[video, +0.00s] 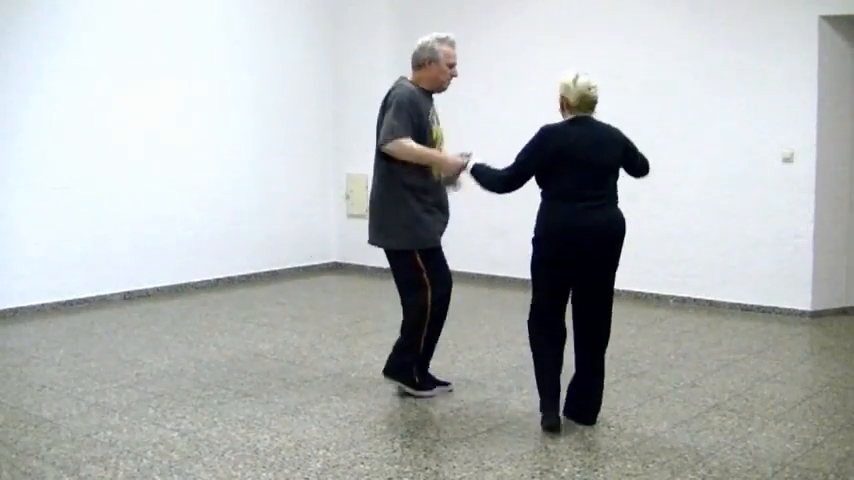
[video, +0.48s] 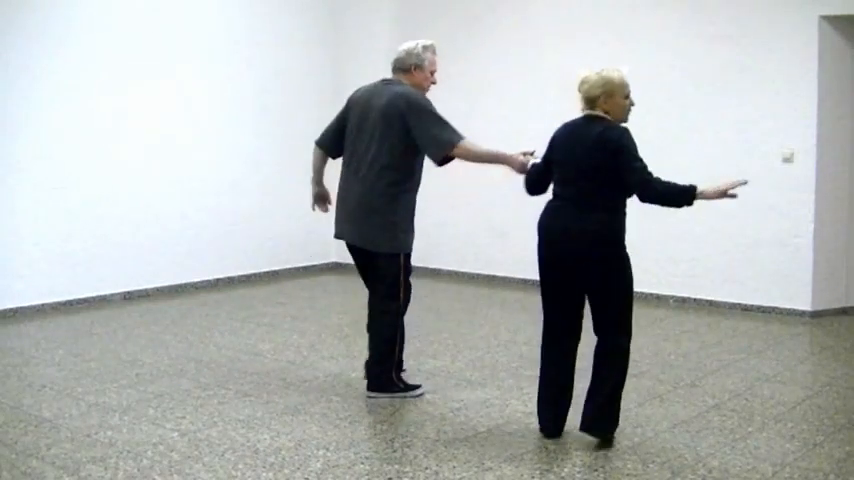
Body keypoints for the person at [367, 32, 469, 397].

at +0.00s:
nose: (454, 73)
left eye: (455, 66)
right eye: (450, 66)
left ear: (431, 66)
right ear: (427, 65)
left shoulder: (420, 99)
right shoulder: (404, 95)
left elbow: (416, 151)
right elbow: (393, 144)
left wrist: (445, 167)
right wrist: (441, 161)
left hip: (413, 218)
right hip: (402, 220)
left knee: (428, 289)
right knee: (433, 287)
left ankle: (406, 364)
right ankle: (411, 370)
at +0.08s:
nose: (453, 75)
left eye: (454, 68)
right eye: (449, 67)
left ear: (428, 68)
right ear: (428, 67)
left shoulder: (413, 97)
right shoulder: (407, 96)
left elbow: (390, 149)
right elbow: (391, 145)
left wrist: (430, 179)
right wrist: (433, 177)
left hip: (408, 219)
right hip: (400, 221)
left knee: (423, 290)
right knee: (421, 292)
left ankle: (409, 369)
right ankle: (401, 373)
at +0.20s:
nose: (451, 79)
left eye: (451, 72)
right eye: (447, 71)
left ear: (420, 71)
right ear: (426, 69)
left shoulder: (390, 96)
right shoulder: (412, 99)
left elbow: (352, 148)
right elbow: (405, 154)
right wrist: (441, 192)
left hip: (387, 223)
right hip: (397, 225)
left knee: (412, 301)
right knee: (403, 304)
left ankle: (414, 372)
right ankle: (385, 380)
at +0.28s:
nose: (447, 81)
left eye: (448, 73)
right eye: (444, 73)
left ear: (418, 70)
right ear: (426, 69)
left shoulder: (380, 95)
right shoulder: (414, 99)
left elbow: (339, 147)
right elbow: (419, 158)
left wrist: (336, 188)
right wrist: (464, 188)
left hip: (370, 220)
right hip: (392, 223)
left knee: (403, 298)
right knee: (398, 303)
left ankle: (412, 368)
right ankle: (386, 381)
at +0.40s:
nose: (438, 81)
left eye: (439, 74)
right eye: (436, 73)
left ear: (404, 69)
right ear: (417, 69)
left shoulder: (367, 96)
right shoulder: (412, 101)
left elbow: (327, 146)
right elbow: (442, 154)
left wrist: (325, 187)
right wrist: (496, 170)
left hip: (357, 219)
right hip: (389, 223)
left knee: (384, 298)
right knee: (394, 302)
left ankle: (399, 365)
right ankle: (383, 381)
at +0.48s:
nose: (434, 80)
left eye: (435, 73)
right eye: (431, 72)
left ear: (404, 70)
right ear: (414, 69)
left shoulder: (363, 96)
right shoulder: (410, 101)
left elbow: (322, 146)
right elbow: (453, 147)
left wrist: (317, 185)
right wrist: (507, 158)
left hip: (352, 219)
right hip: (387, 222)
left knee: (385, 294)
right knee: (393, 296)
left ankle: (382, 369)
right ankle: (384, 379)